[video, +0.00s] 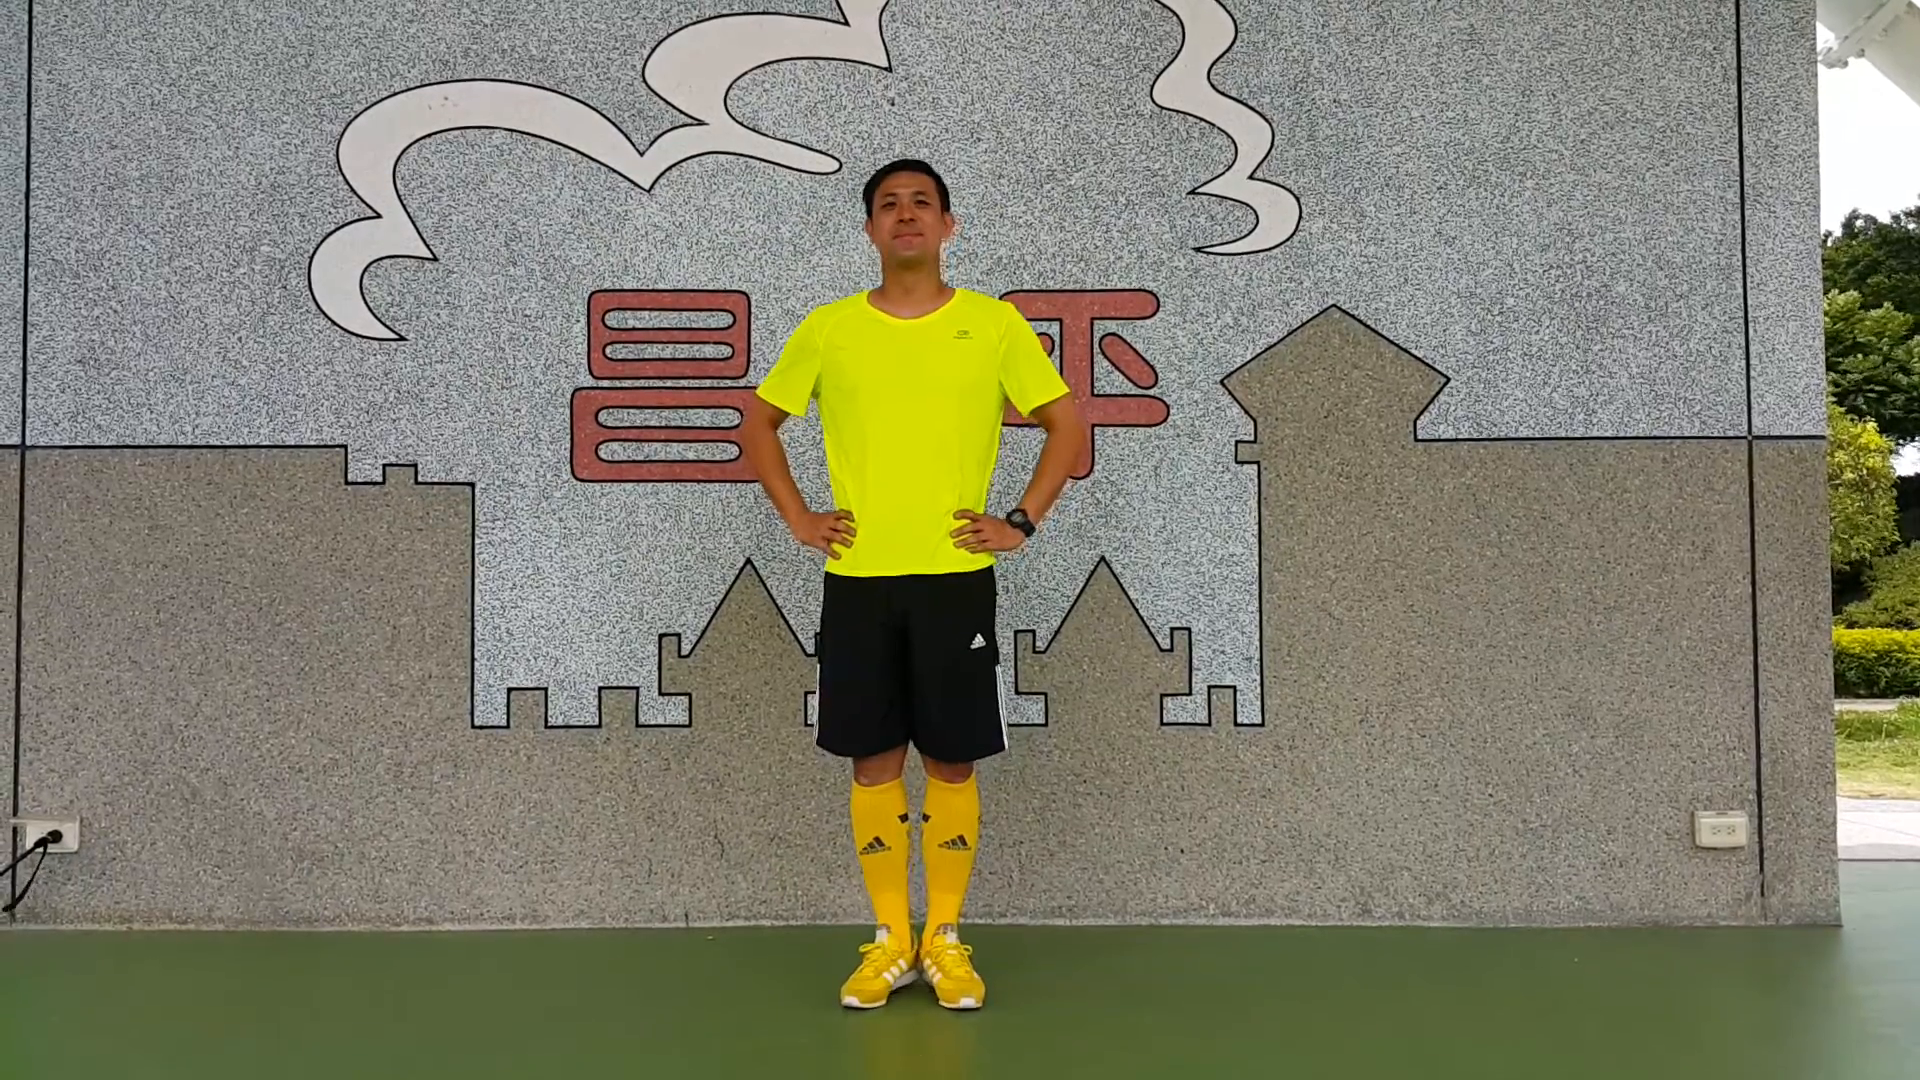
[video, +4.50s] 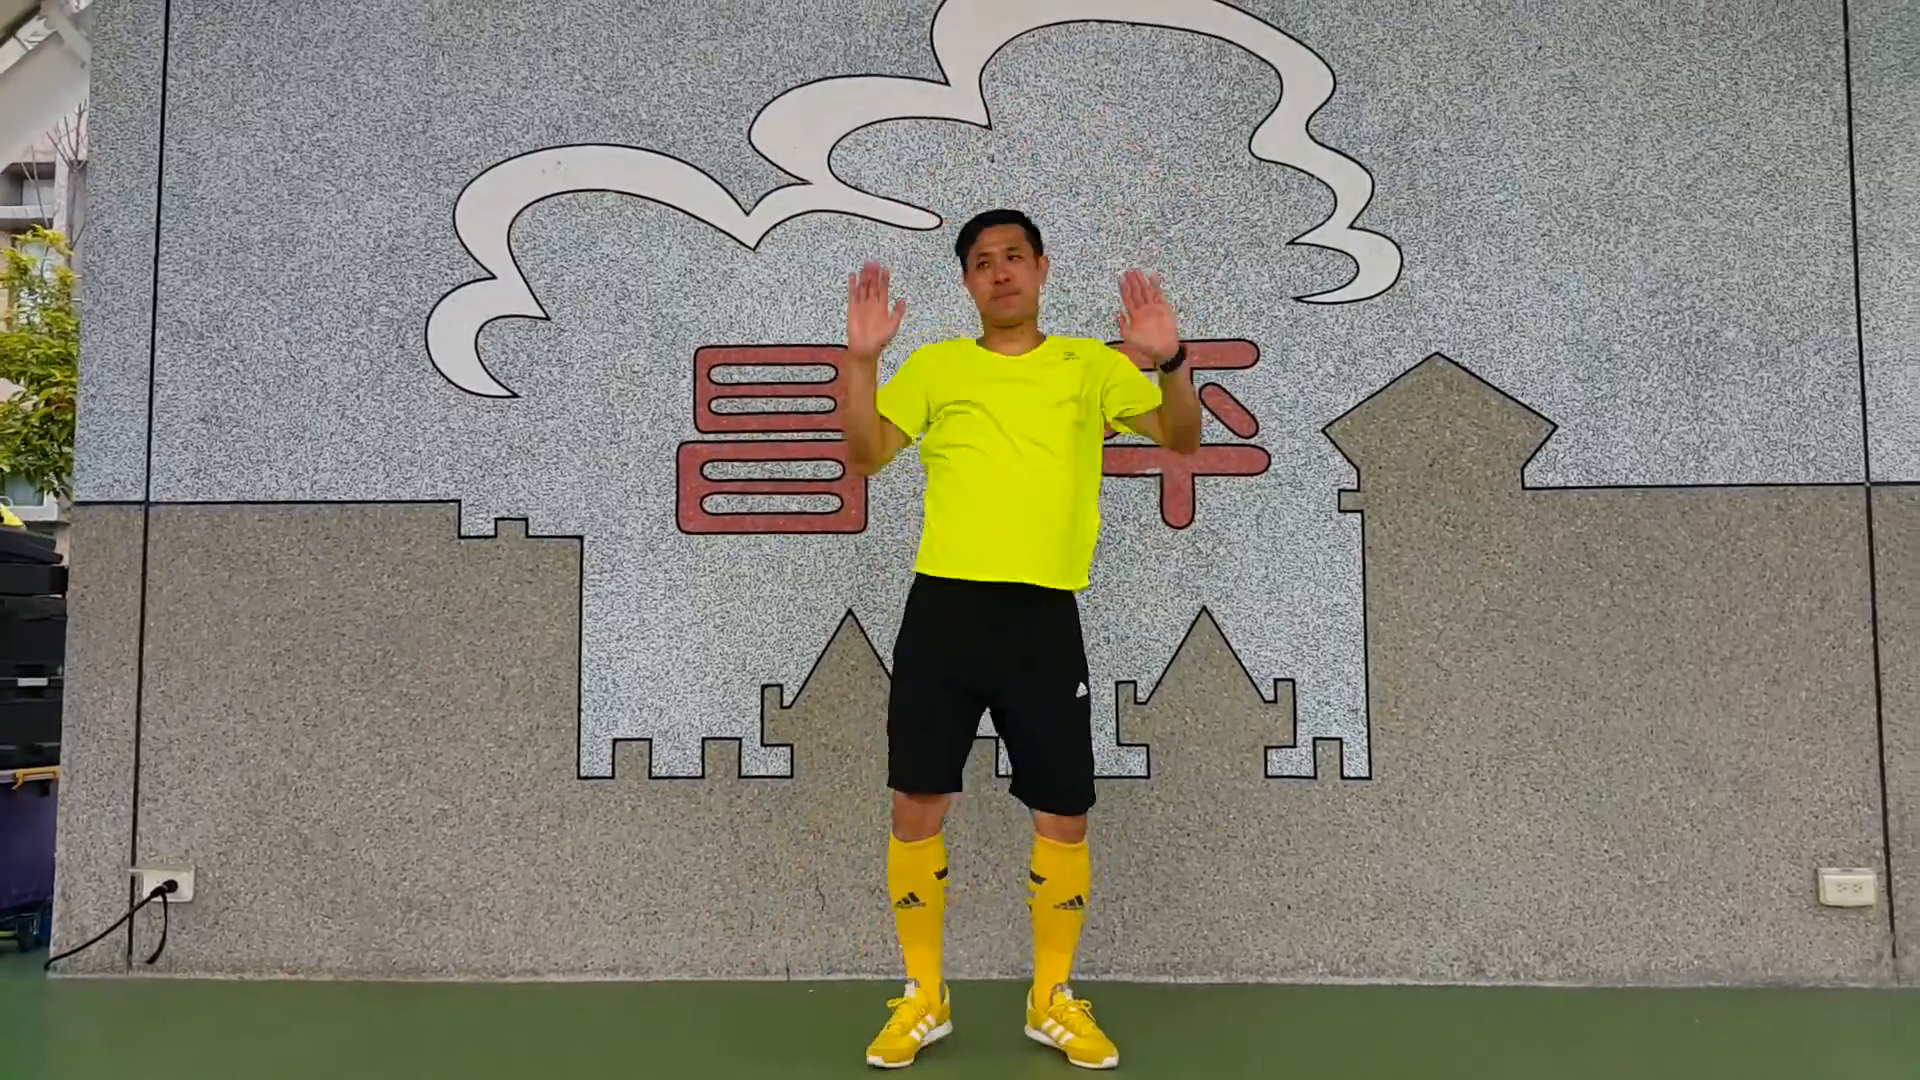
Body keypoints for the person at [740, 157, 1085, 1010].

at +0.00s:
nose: (906, 215)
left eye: (921, 203)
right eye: (890, 205)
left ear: (949, 228)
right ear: (869, 232)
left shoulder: (994, 323)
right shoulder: (830, 326)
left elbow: (1069, 427)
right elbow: (756, 422)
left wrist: (1022, 522)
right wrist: (797, 516)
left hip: (957, 575)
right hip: (861, 574)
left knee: (950, 757)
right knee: (875, 757)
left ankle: (943, 938)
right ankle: (892, 939)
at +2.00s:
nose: (919, 243)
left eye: (934, 232)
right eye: (902, 233)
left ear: (959, 253)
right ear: (881, 258)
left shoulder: (1007, 348)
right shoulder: (842, 354)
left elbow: (1083, 447)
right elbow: (768, 448)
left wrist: (1038, 544)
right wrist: (812, 543)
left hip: (973, 600)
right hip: (877, 602)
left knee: (968, 785)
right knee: (891, 787)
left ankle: (964, 971)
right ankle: (909, 974)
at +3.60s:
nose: (1009, 280)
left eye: (1017, 267)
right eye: (989, 266)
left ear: (1026, 282)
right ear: (949, 279)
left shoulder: (1057, 378)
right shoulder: (897, 375)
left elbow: (1097, 481)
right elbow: (826, 465)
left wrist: (1148, 556)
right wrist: (832, 524)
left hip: (1029, 624)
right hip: (927, 623)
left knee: (1032, 804)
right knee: (928, 807)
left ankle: (1018, 986)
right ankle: (955, 978)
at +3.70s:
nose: (1033, 289)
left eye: (1034, 275)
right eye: (1016, 275)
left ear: (1022, 287)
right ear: (967, 287)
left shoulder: (1049, 384)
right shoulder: (917, 379)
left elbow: (1107, 475)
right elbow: (883, 485)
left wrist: (1178, 492)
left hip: (1026, 628)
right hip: (926, 626)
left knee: (1043, 807)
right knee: (908, 808)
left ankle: (1023, 986)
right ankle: (899, 962)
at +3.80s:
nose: (1029, 292)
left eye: (1031, 279)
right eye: (1013, 277)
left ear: (1023, 287)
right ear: (970, 281)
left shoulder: (1046, 372)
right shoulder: (924, 352)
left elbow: (1134, 386)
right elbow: (939, 368)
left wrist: (1173, 318)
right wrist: (1025, 272)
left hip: (1016, 617)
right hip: (928, 611)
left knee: (1044, 803)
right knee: (894, 798)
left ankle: (1029, 986)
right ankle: (804, 941)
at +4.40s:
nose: (1026, 274)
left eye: (1035, 262)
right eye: (1007, 263)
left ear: (1048, 277)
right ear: (970, 282)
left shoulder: (1075, 363)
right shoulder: (942, 354)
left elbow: (1185, 346)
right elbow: (869, 330)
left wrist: (1159, 260)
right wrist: (920, 221)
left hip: (1041, 614)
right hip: (945, 607)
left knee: (1068, 809)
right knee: (893, 799)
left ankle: (1053, 999)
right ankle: (849, 976)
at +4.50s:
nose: (999, 271)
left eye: (1013, 257)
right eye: (983, 262)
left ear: (1043, 272)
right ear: (967, 286)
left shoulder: (1091, 363)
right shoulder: (937, 365)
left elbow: (1181, 437)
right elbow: (868, 450)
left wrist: (1170, 364)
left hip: (1045, 612)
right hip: (942, 607)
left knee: (1063, 809)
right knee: (917, 802)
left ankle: (1052, 999)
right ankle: (923, 997)